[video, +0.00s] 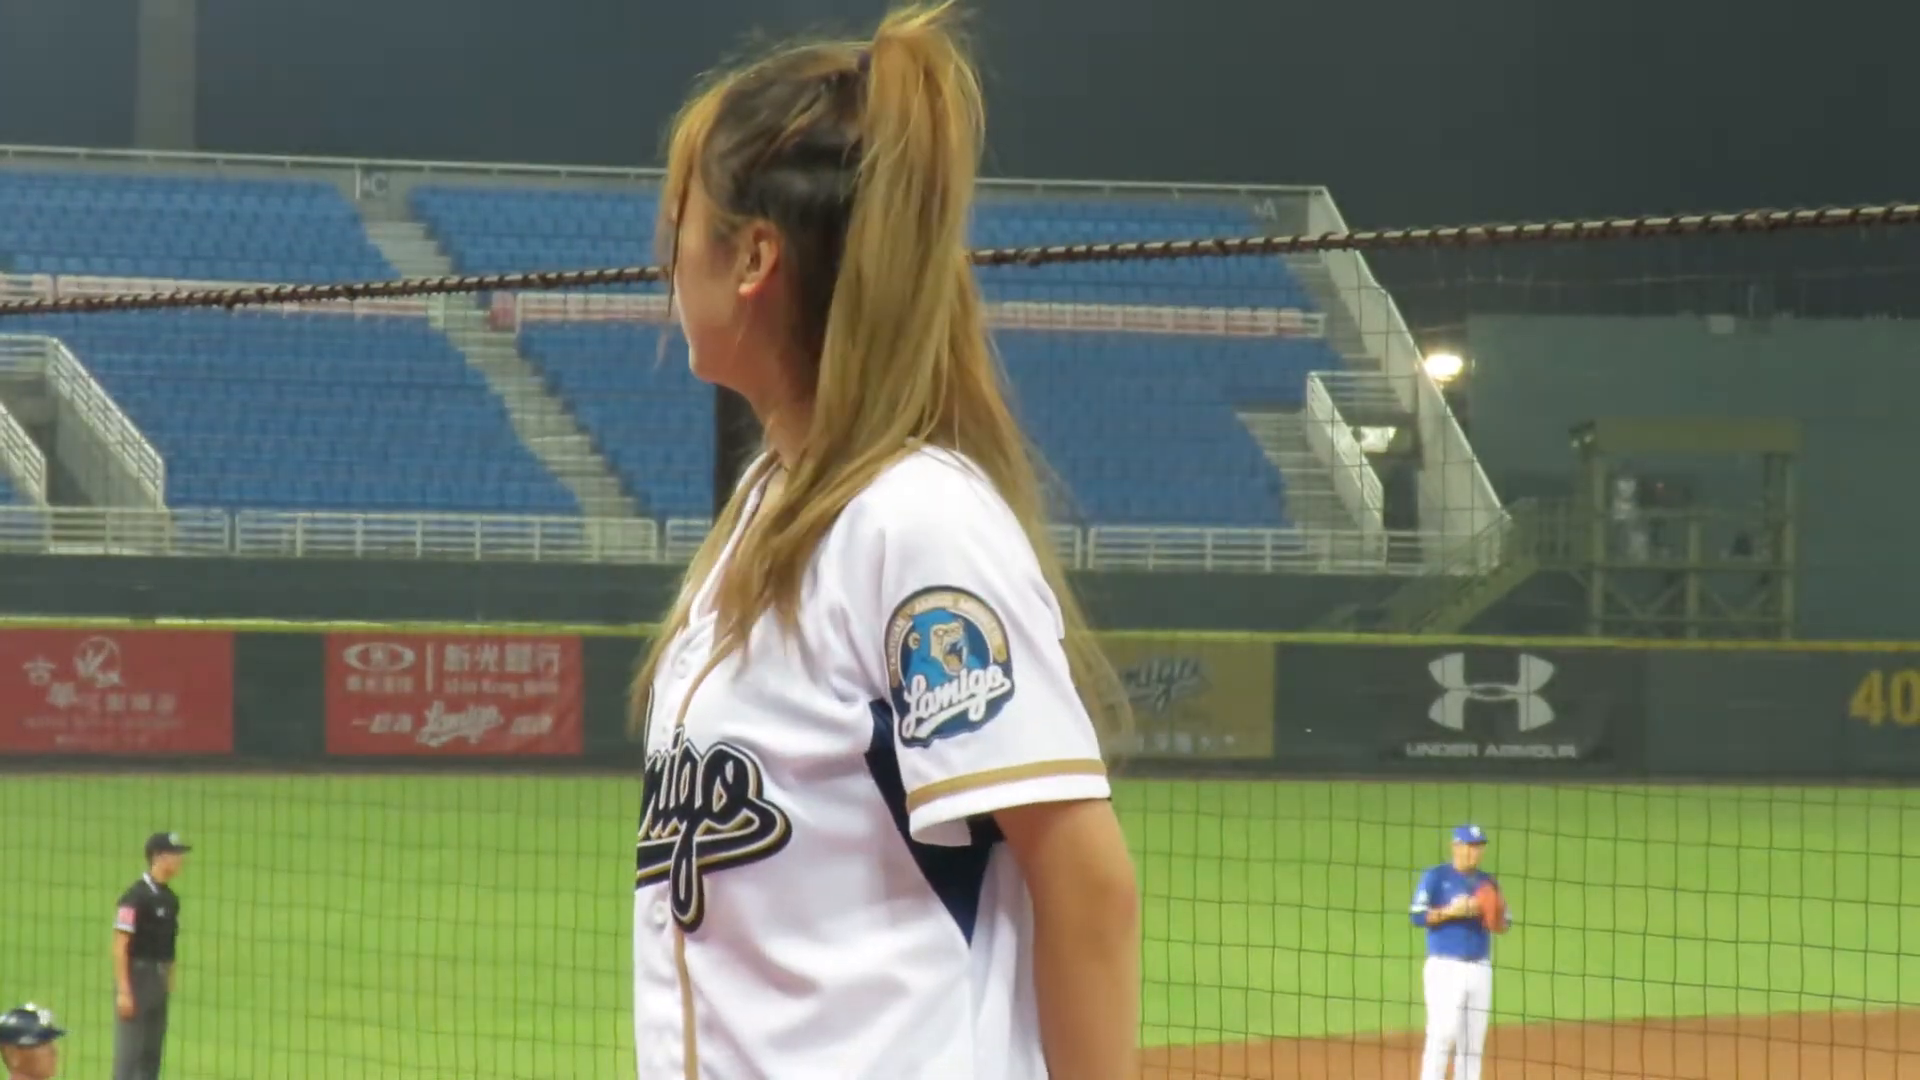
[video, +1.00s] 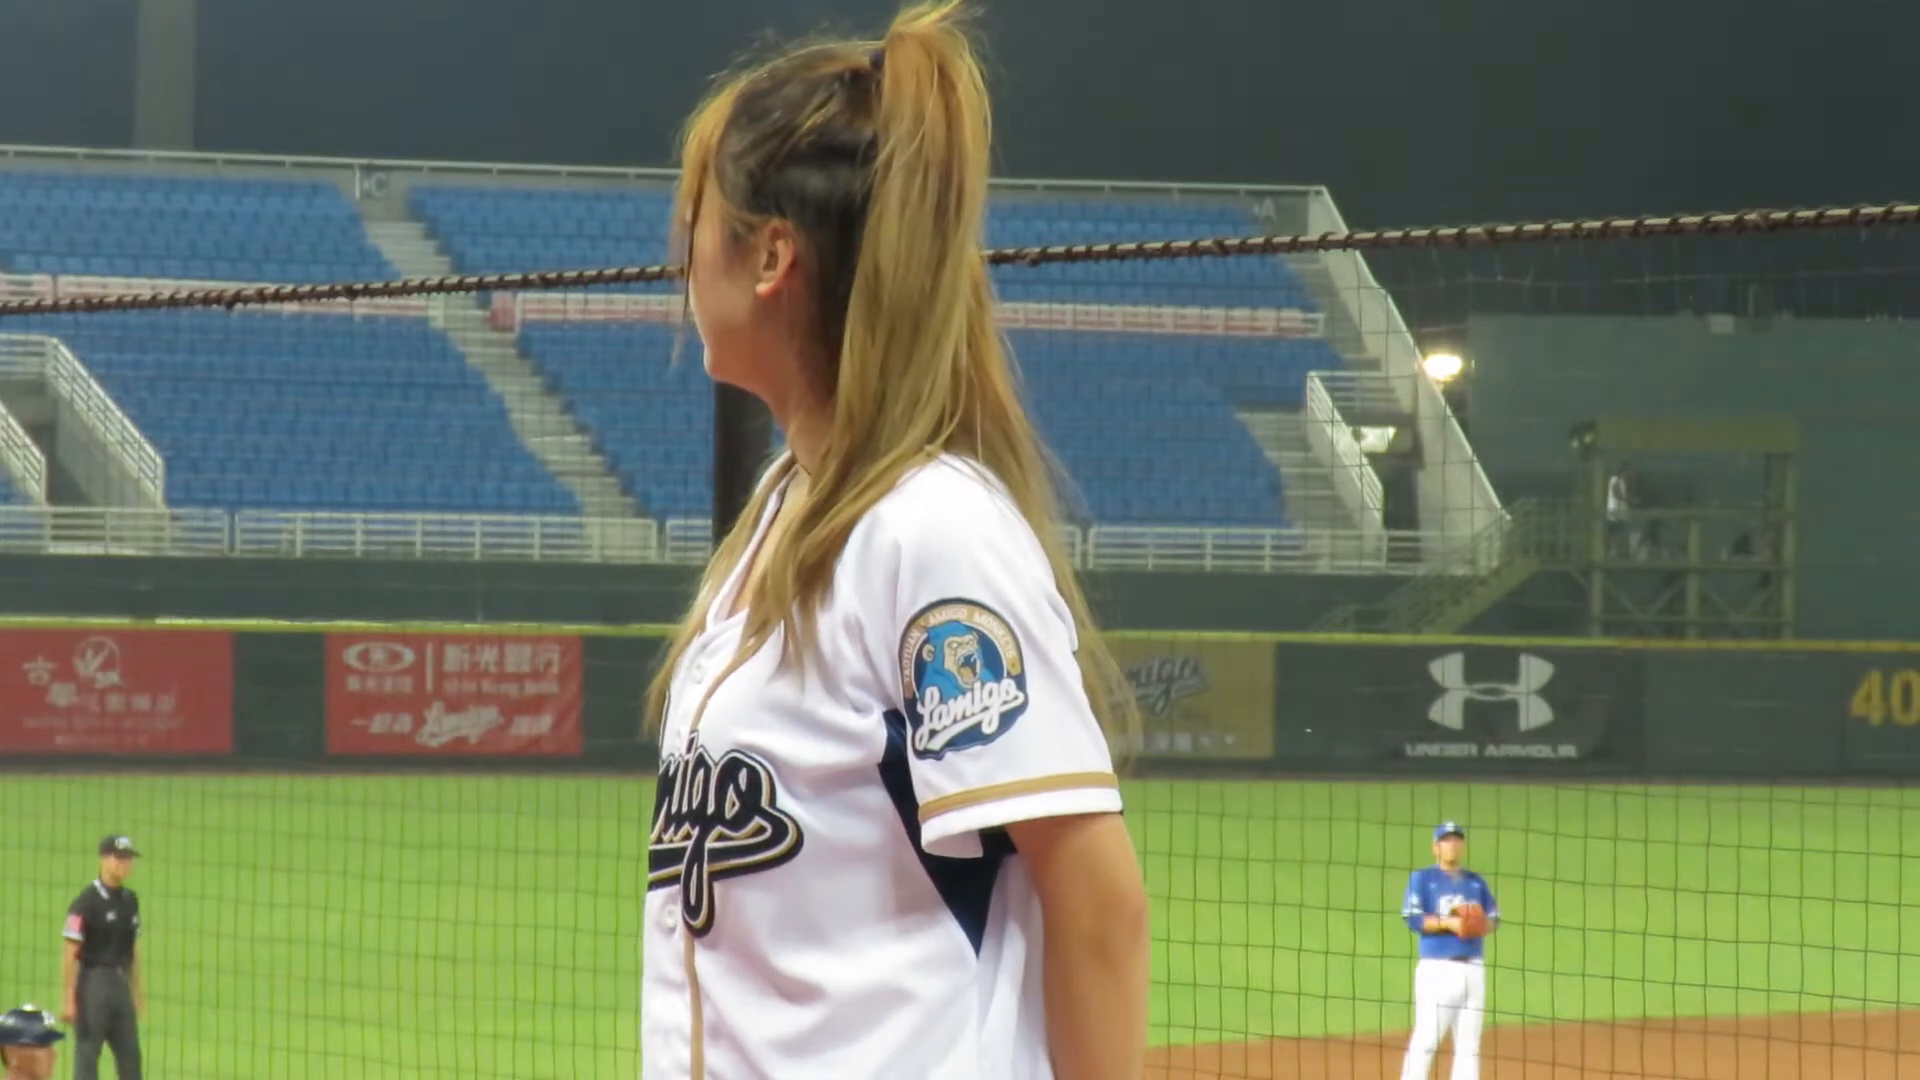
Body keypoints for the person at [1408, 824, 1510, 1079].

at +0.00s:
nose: (1474, 852)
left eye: (1478, 846)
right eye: (1469, 845)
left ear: (1483, 850)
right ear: (1455, 847)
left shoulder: (1487, 882)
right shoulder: (1435, 876)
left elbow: (1503, 924)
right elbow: (1417, 916)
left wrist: (1488, 907)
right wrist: (1453, 910)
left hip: (1479, 967)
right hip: (1444, 965)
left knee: (1473, 1041)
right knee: (1442, 1036)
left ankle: (1468, 1077)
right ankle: (1432, 1076)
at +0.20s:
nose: (1477, 850)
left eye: (1480, 844)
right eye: (1472, 844)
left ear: (1484, 848)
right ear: (1458, 847)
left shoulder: (1490, 881)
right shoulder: (1439, 877)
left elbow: (1505, 927)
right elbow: (1420, 917)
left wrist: (1508, 905)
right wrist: (1450, 911)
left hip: (1482, 966)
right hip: (1448, 964)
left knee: (1476, 1039)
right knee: (1456, 1037)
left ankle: (1473, 1076)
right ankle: (1455, 1076)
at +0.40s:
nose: (1474, 848)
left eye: (1478, 842)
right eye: (1469, 842)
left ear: (1484, 846)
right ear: (1457, 846)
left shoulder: (1491, 882)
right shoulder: (1440, 878)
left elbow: (1507, 926)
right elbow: (1420, 917)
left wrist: (1516, 906)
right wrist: (1446, 904)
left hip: (1483, 966)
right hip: (1450, 964)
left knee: (1477, 1040)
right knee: (1462, 1039)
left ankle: (1472, 1077)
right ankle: (1463, 1077)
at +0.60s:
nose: (1469, 848)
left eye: (1473, 842)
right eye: (1462, 842)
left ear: (1479, 846)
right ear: (1451, 846)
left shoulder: (1489, 882)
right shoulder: (1438, 878)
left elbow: (1502, 925)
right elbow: (1430, 920)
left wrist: (1510, 898)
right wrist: (1452, 892)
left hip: (1483, 966)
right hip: (1451, 964)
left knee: (1477, 1040)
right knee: (1459, 1035)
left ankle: (1472, 1078)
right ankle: (1449, 1077)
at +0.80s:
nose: (1462, 848)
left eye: (1466, 842)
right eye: (1455, 842)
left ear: (1471, 846)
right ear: (1444, 847)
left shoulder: (1484, 882)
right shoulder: (1434, 879)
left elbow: (1501, 922)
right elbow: (1433, 920)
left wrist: (1485, 903)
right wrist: (1461, 904)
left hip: (1482, 968)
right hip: (1447, 966)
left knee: (1474, 1044)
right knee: (1445, 1034)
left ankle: (1469, 1078)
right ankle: (1421, 1076)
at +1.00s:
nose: (1452, 846)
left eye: (1457, 840)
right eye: (1446, 841)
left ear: (1463, 845)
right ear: (1436, 846)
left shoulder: (1475, 881)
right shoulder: (1421, 879)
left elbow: (1493, 917)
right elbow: (1414, 919)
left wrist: (1478, 923)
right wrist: (1452, 923)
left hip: (1472, 967)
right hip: (1436, 965)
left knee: (1469, 1044)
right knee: (1426, 1040)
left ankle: (1466, 1078)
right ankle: (1412, 1076)